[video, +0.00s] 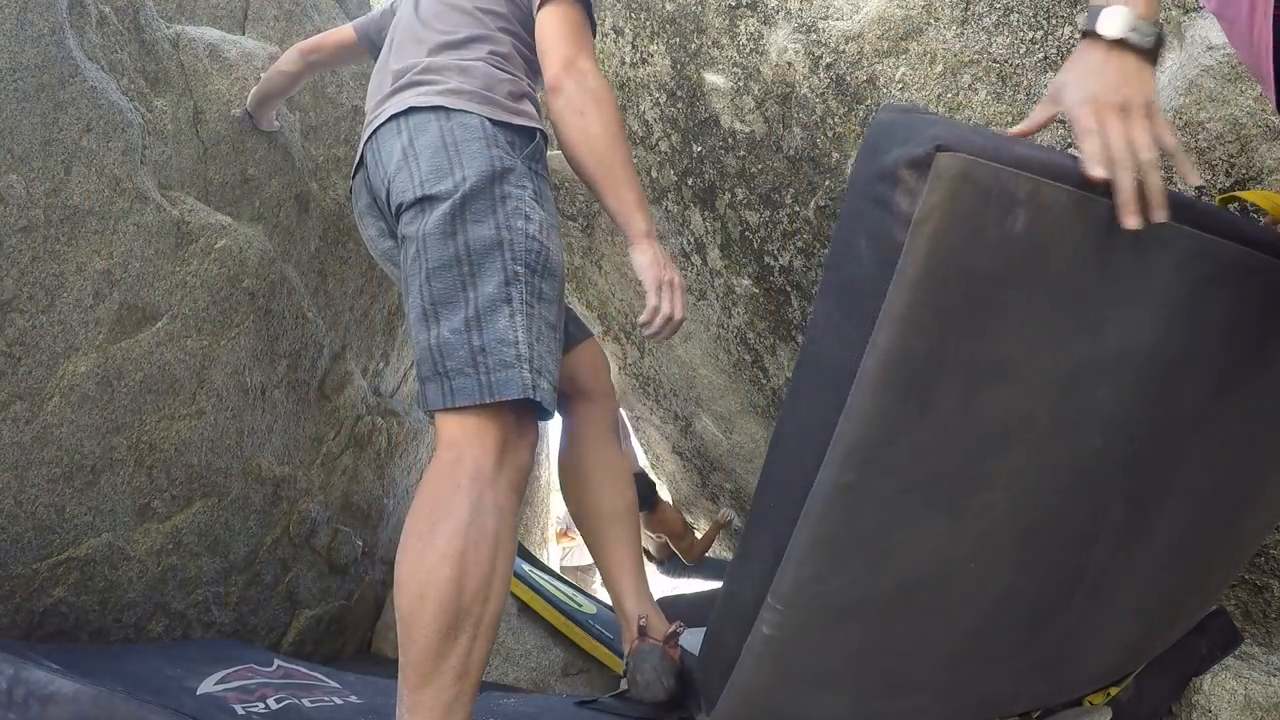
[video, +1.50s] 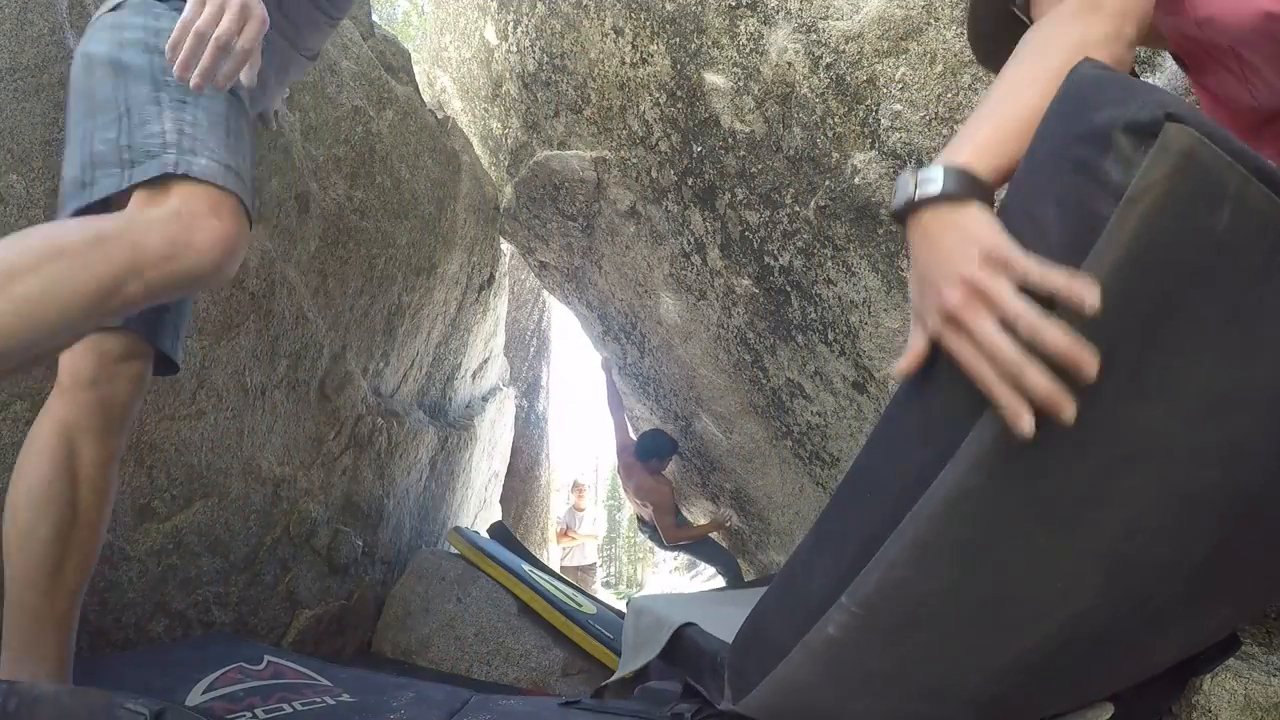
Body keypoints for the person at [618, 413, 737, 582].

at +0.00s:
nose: (647, 476)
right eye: (646, 479)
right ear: (650, 488)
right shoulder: (666, 518)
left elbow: (624, 441)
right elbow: (691, 556)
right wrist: (716, 528)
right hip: (674, 561)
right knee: (732, 571)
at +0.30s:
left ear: (638, 473)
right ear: (663, 469)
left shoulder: (634, 472)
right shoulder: (668, 505)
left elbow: (619, 441)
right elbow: (680, 547)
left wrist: (612, 405)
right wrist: (715, 527)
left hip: (647, 537)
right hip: (666, 548)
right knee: (724, 562)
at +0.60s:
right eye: (666, 453)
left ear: (639, 456)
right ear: (665, 464)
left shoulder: (633, 459)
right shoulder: (665, 493)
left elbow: (617, 416)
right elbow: (675, 540)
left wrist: (610, 377)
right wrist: (714, 526)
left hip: (642, 530)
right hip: (663, 540)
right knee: (717, 565)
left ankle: (696, 548)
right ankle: (736, 594)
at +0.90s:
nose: (663, 460)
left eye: (660, 456)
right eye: (661, 461)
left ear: (632, 461)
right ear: (657, 471)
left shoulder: (627, 462)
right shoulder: (659, 498)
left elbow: (617, 417)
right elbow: (677, 543)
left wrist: (609, 378)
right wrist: (714, 526)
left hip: (642, 531)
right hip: (662, 542)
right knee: (716, 567)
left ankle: (696, 547)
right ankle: (734, 603)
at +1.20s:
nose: (670, 468)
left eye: (671, 464)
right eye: (668, 465)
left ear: (642, 451)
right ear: (659, 466)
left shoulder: (628, 455)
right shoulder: (661, 494)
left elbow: (620, 412)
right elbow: (675, 538)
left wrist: (610, 374)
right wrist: (714, 526)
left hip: (642, 527)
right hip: (665, 536)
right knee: (722, 565)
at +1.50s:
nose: (668, 463)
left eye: (669, 459)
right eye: (667, 459)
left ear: (643, 450)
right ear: (656, 461)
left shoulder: (626, 452)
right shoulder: (660, 490)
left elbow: (616, 412)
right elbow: (670, 537)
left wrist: (608, 374)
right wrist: (713, 527)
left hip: (644, 524)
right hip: (667, 532)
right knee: (726, 561)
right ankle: (739, 596)